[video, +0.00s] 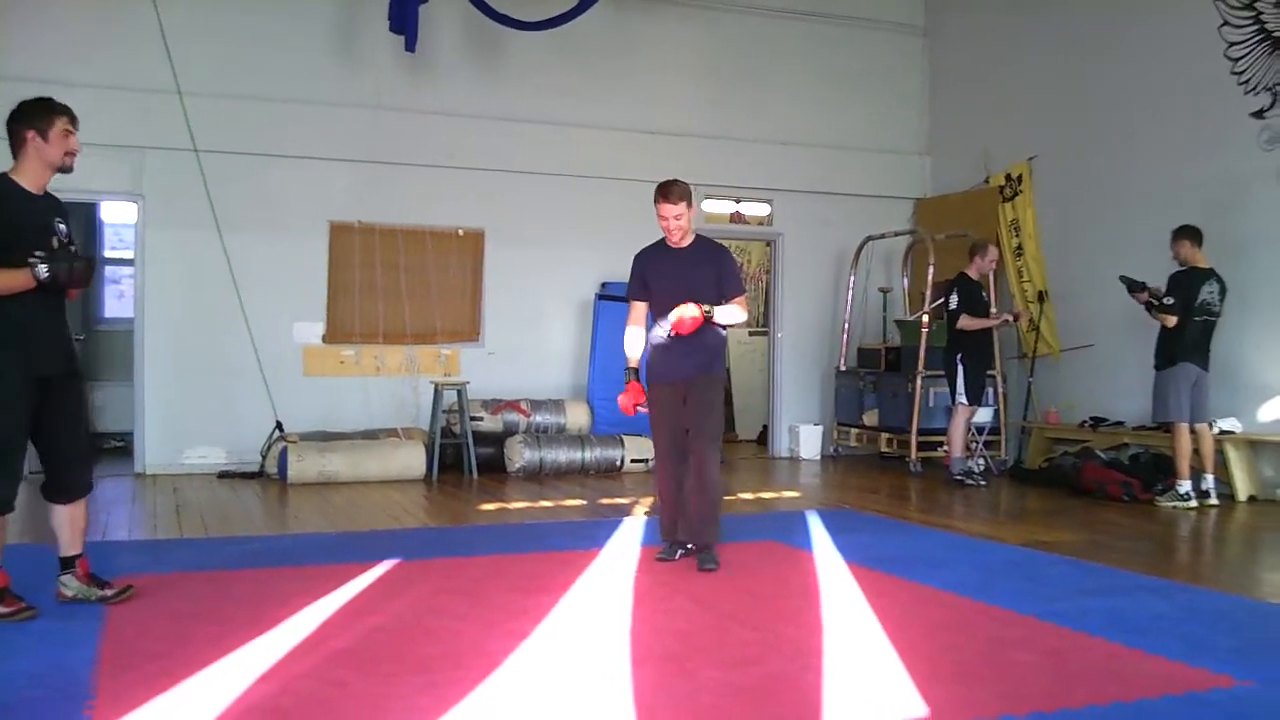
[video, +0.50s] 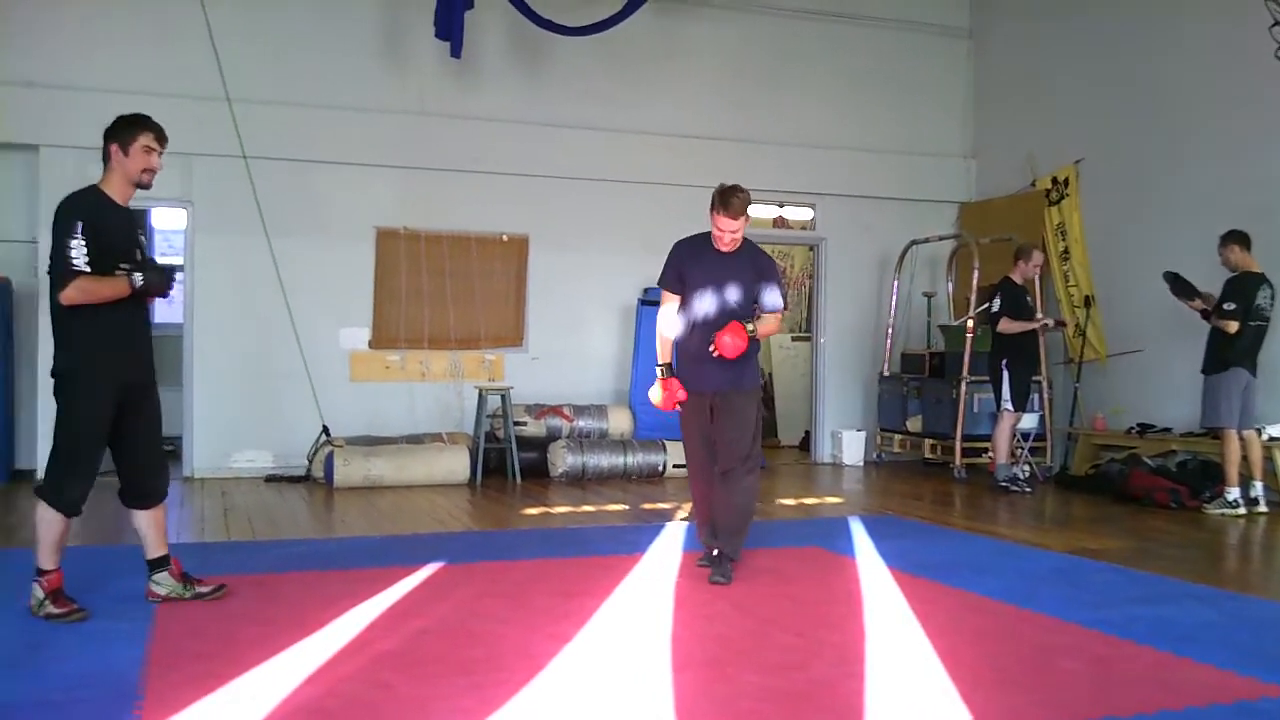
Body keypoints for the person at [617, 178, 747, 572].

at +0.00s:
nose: (671, 225)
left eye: (678, 217)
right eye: (664, 218)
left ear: (692, 212)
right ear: (656, 216)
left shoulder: (717, 256)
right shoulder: (646, 260)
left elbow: (741, 311)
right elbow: (636, 321)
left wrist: (705, 312)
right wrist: (632, 375)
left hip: (706, 373)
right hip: (662, 374)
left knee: (704, 455)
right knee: (667, 455)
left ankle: (704, 543)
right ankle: (675, 537)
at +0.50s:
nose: (725, 238)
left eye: (733, 232)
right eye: (719, 230)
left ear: (746, 222)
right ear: (710, 217)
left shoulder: (761, 264)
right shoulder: (685, 252)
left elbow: (775, 318)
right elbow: (667, 312)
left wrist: (748, 332)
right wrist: (664, 370)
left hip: (738, 385)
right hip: (691, 382)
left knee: (735, 465)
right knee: (700, 464)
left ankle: (726, 552)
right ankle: (711, 544)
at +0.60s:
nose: (741, 236)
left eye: (749, 230)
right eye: (735, 227)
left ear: (761, 220)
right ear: (725, 212)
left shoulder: (770, 261)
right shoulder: (695, 247)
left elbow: (786, 317)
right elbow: (674, 306)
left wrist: (759, 331)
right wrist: (673, 364)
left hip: (747, 383)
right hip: (700, 379)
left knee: (742, 463)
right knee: (710, 462)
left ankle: (736, 550)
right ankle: (725, 533)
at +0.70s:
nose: (738, 231)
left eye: (747, 225)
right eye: (733, 222)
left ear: (761, 216)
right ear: (724, 206)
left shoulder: (771, 260)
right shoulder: (695, 241)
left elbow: (786, 315)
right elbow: (675, 302)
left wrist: (759, 327)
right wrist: (671, 361)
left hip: (745, 381)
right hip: (696, 374)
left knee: (742, 462)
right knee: (693, 452)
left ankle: (737, 549)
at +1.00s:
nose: (714, 228)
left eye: (723, 222)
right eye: (709, 219)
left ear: (740, 211)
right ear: (701, 206)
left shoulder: (755, 256)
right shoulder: (686, 236)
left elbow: (777, 319)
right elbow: (670, 297)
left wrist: (737, 325)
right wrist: (654, 353)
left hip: (726, 374)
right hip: (680, 367)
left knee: (732, 462)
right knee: (662, 443)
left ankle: (733, 546)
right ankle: (706, 484)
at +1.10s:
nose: (696, 223)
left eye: (704, 216)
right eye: (691, 214)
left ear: (721, 206)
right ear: (683, 203)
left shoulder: (740, 251)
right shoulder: (673, 235)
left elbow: (763, 314)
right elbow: (658, 294)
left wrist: (717, 319)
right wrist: (642, 352)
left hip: (715, 373)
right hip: (667, 367)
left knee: (722, 459)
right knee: (656, 452)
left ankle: (726, 544)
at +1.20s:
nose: (675, 199)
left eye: (683, 191)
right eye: (669, 191)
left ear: (699, 181)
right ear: (662, 182)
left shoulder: (721, 225)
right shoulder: (653, 217)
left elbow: (742, 288)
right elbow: (641, 274)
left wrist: (694, 291)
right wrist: (629, 329)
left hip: (700, 348)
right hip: (655, 344)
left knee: (709, 432)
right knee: (643, 426)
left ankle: (718, 512)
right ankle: (624, 506)